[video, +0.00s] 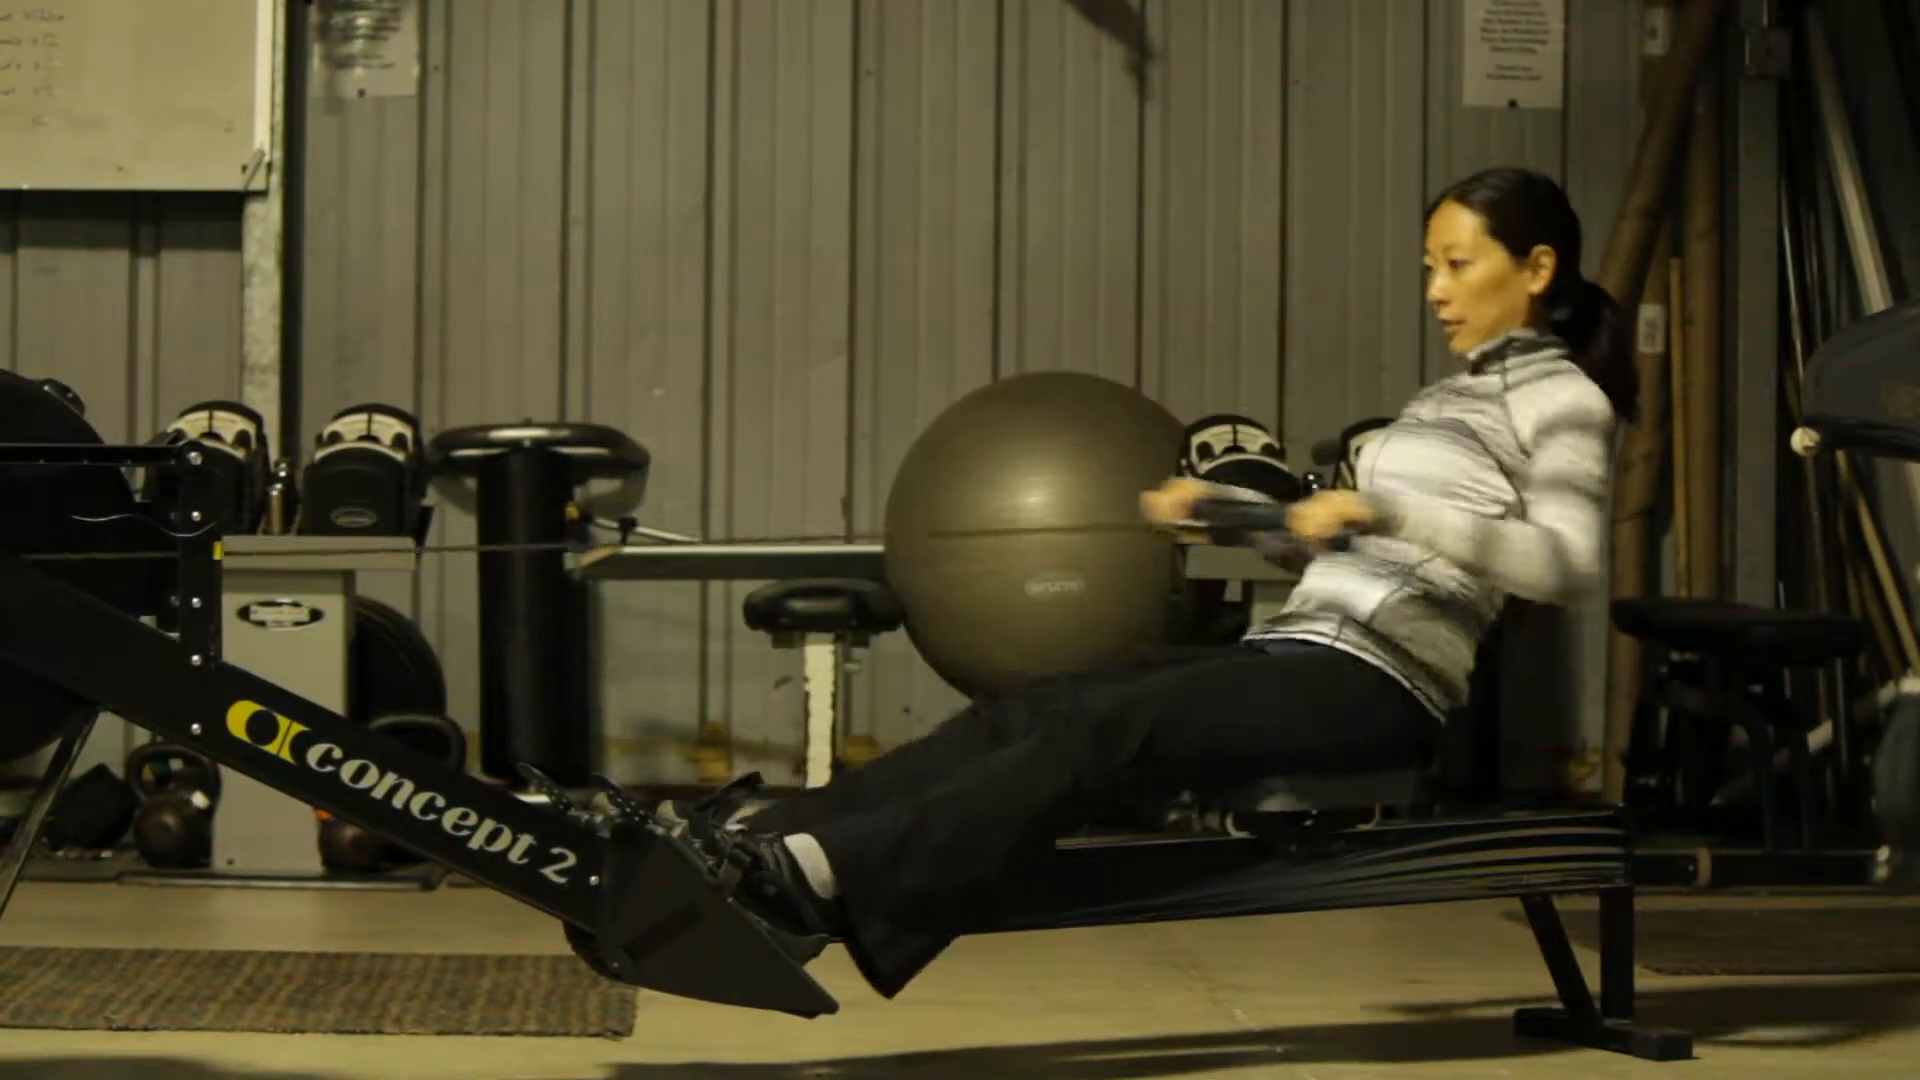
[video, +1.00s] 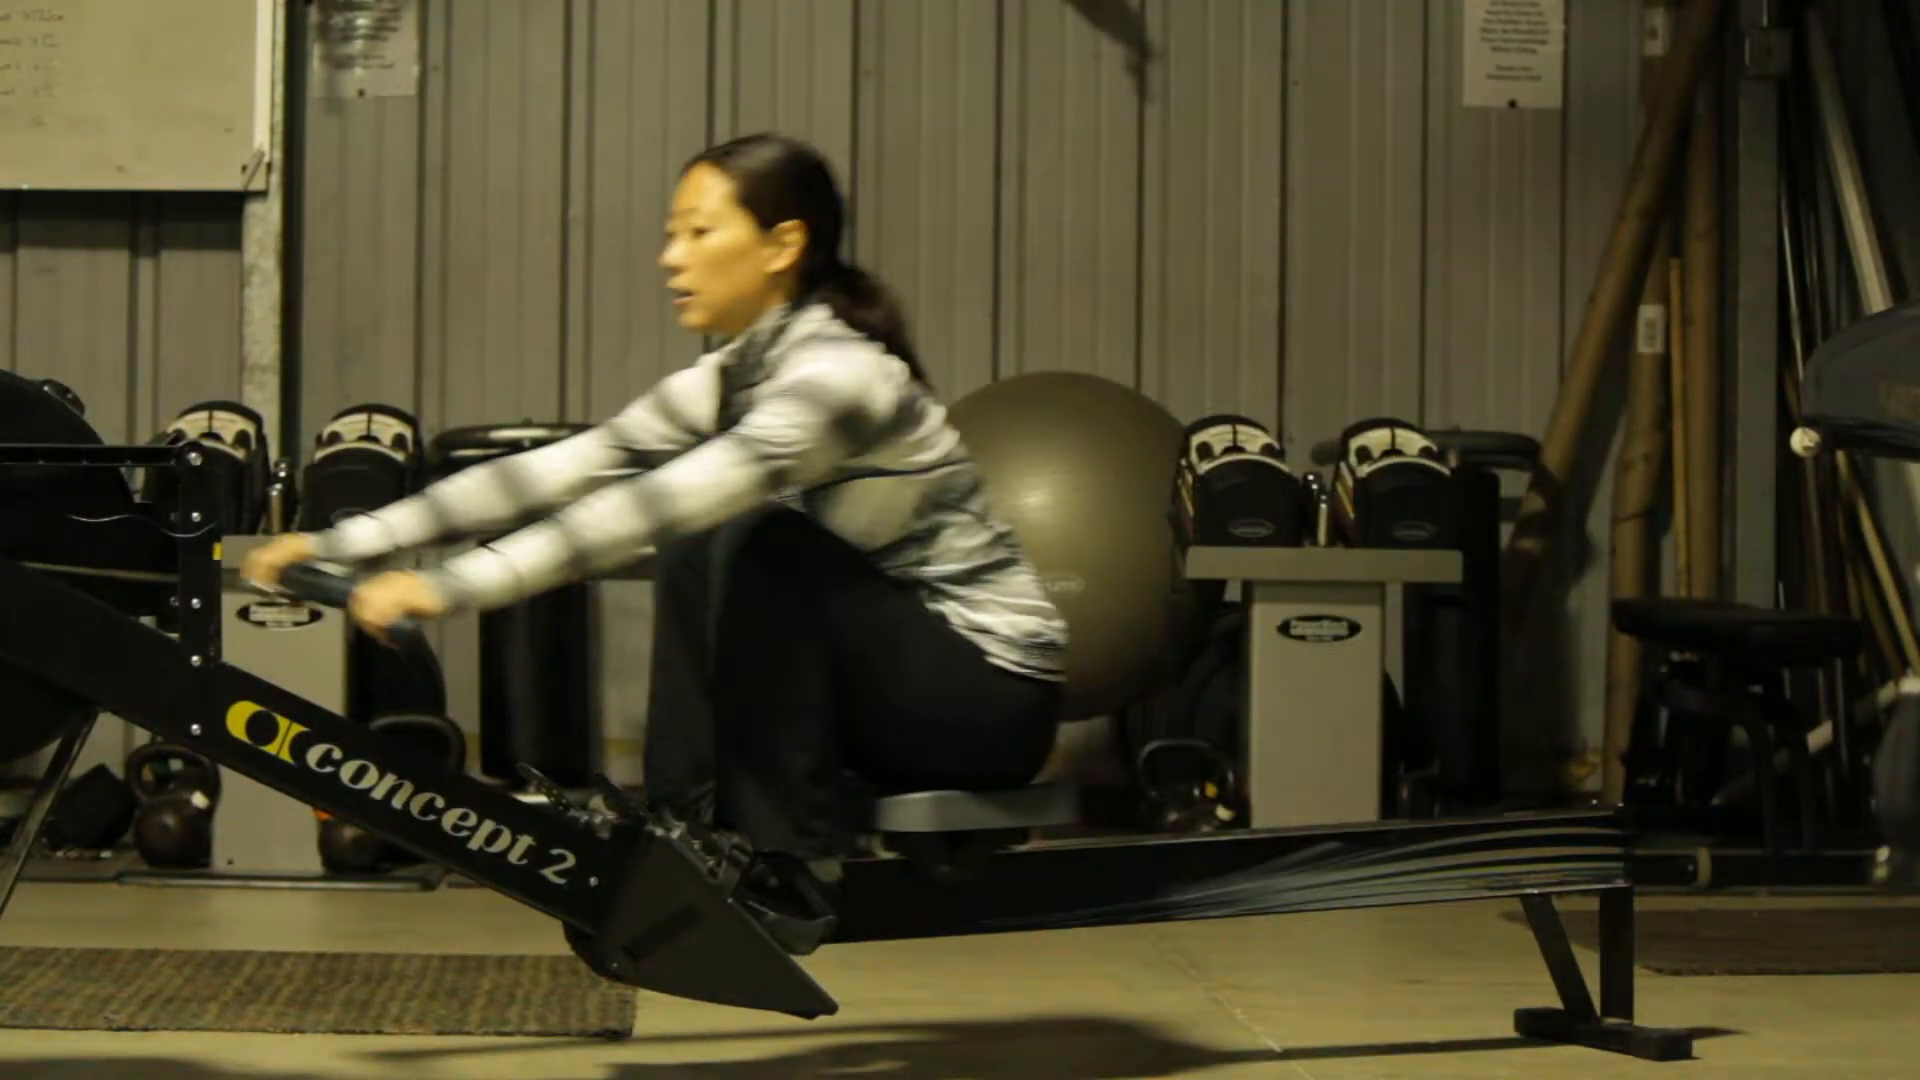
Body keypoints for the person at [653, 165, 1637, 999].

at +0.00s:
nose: (1435, 287)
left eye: (1455, 263)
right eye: (1433, 264)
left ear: (1535, 268)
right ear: (1472, 271)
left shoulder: (1562, 393)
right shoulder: (1445, 395)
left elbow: (1568, 559)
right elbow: (1369, 534)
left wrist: (1384, 510)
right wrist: (1229, 512)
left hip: (1380, 680)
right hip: (1299, 656)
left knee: (1088, 722)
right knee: (1023, 709)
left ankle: (812, 882)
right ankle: (762, 841)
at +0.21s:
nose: (1414, 288)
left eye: (1433, 262)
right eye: (1410, 265)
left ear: (1515, 263)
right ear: (1450, 267)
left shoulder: (1557, 378)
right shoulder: (1443, 381)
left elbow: (1637, 575)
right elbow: (1414, 523)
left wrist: (1484, 516)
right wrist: (1315, 508)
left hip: (1392, 681)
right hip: (1305, 658)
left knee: (1092, 728)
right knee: (1032, 711)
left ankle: (811, 894)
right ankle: (761, 852)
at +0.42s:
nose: (1266, 241)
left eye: (1286, 216)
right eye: (1261, 218)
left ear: (1374, 214)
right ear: (1270, 218)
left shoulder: (1425, 342)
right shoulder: (1295, 344)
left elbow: (1431, 542)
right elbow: (1243, 505)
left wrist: (1228, 539)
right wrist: (1088, 521)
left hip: (1357, 672)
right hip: (1256, 649)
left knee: (1049, 681)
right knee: (1007, 662)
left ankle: (828, 879)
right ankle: (779, 841)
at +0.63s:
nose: (1038, 226)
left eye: (1062, 197)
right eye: (1035, 200)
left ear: (1153, 197)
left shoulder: (1202, 333)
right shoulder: (1074, 335)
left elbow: (1085, 521)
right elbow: (944, 482)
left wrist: (903, 632)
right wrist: (765, 591)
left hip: (1220, 696)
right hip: (1116, 669)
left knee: (958, 638)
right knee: (895, 596)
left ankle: (818, 871)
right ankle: (760, 819)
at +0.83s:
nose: (803, 235)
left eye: (830, 207)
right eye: (805, 209)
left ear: (921, 219)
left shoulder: (964, 353)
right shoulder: (855, 354)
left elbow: (822, 524)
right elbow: (699, 478)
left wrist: (630, 633)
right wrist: (503, 585)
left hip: (1079, 692)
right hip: (996, 679)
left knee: (853, 580)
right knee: (787, 577)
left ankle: (803, 874)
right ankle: (715, 836)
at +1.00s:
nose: (668, 260)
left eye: (695, 235)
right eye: (673, 236)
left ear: (783, 246)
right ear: (750, 251)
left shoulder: (840, 370)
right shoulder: (725, 380)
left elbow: (661, 509)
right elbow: (563, 469)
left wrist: (452, 586)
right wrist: (339, 541)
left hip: (988, 699)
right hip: (893, 691)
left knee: (765, 547)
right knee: (694, 547)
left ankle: (787, 860)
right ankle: (695, 834)